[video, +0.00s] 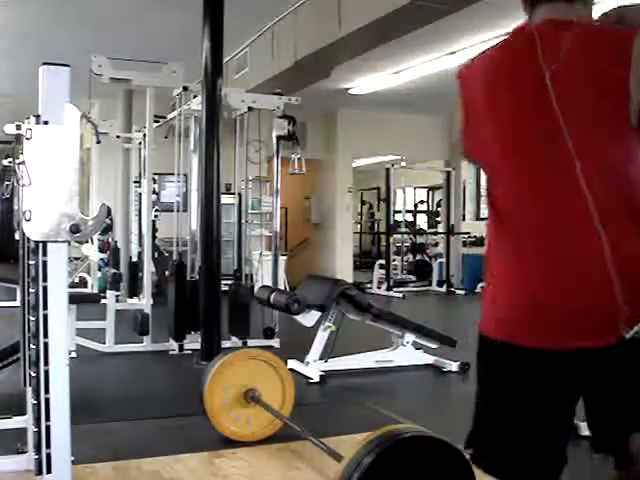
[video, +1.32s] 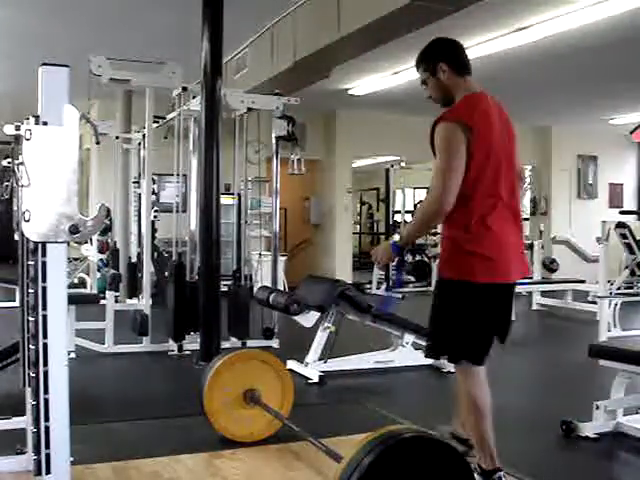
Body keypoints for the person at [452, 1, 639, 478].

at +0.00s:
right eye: (591, 4)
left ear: (523, 2)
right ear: (588, 1)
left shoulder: (478, 74)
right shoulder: (627, 48)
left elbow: (471, 150)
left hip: (521, 312)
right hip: (624, 304)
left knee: (513, 468)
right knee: (628, 457)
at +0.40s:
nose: (544, 23)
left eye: (544, 16)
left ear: (545, 17)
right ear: (598, 16)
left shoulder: (522, 70)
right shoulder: (632, 69)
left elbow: (466, 143)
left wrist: (466, 128)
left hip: (544, 264)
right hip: (622, 268)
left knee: (525, 390)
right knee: (614, 408)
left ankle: (543, 474)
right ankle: (614, 477)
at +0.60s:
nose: (525, 50)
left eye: (523, 43)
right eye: (526, 43)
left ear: (530, 38)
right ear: (573, 34)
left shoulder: (518, 84)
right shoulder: (621, 87)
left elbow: (464, 163)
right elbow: (639, 154)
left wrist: (497, 136)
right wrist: (615, 166)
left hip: (534, 265)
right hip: (607, 269)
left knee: (514, 380)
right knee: (608, 400)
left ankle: (518, 475)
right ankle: (610, 478)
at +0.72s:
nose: (500, 72)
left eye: (498, 65)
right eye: (500, 66)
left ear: (506, 59)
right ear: (546, 54)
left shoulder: (504, 103)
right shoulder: (593, 105)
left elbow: (486, 177)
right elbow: (638, 169)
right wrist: (626, 233)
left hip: (524, 271)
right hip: (591, 270)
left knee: (511, 387)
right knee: (598, 395)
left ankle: (497, 472)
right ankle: (605, 475)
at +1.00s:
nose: (450, 82)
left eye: (447, 75)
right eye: (447, 76)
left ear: (457, 68)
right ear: (492, 62)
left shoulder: (462, 106)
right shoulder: (535, 96)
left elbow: (471, 166)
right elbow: (587, 148)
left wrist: (463, 233)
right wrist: (573, 221)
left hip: (485, 257)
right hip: (539, 253)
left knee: (478, 366)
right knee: (535, 362)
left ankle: (489, 466)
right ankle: (566, 449)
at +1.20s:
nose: (437, 88)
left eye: (435, 78)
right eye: (435, 79)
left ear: (448, 68)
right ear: (474, 65)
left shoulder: (458, 113)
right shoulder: (519, 108)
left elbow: (437, 186)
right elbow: (553, 167)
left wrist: (412, 233)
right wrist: (538, 219)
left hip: (477, 259)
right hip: (522, 255)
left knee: (475, 364)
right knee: (497, 346)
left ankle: (490, 466)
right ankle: (521, 447)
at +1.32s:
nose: (427, 93)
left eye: (426, 82)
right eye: (424, 85)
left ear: (443, 72)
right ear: (463, 70)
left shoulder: (455, 119)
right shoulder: (499, 113)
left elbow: (442, 199)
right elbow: (514, 180)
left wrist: (396, 244)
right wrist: (475, 217)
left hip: (470, 260)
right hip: (503, 258)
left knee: (469, 362)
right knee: (470, 353)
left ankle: (489, 463)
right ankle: (463, 433)